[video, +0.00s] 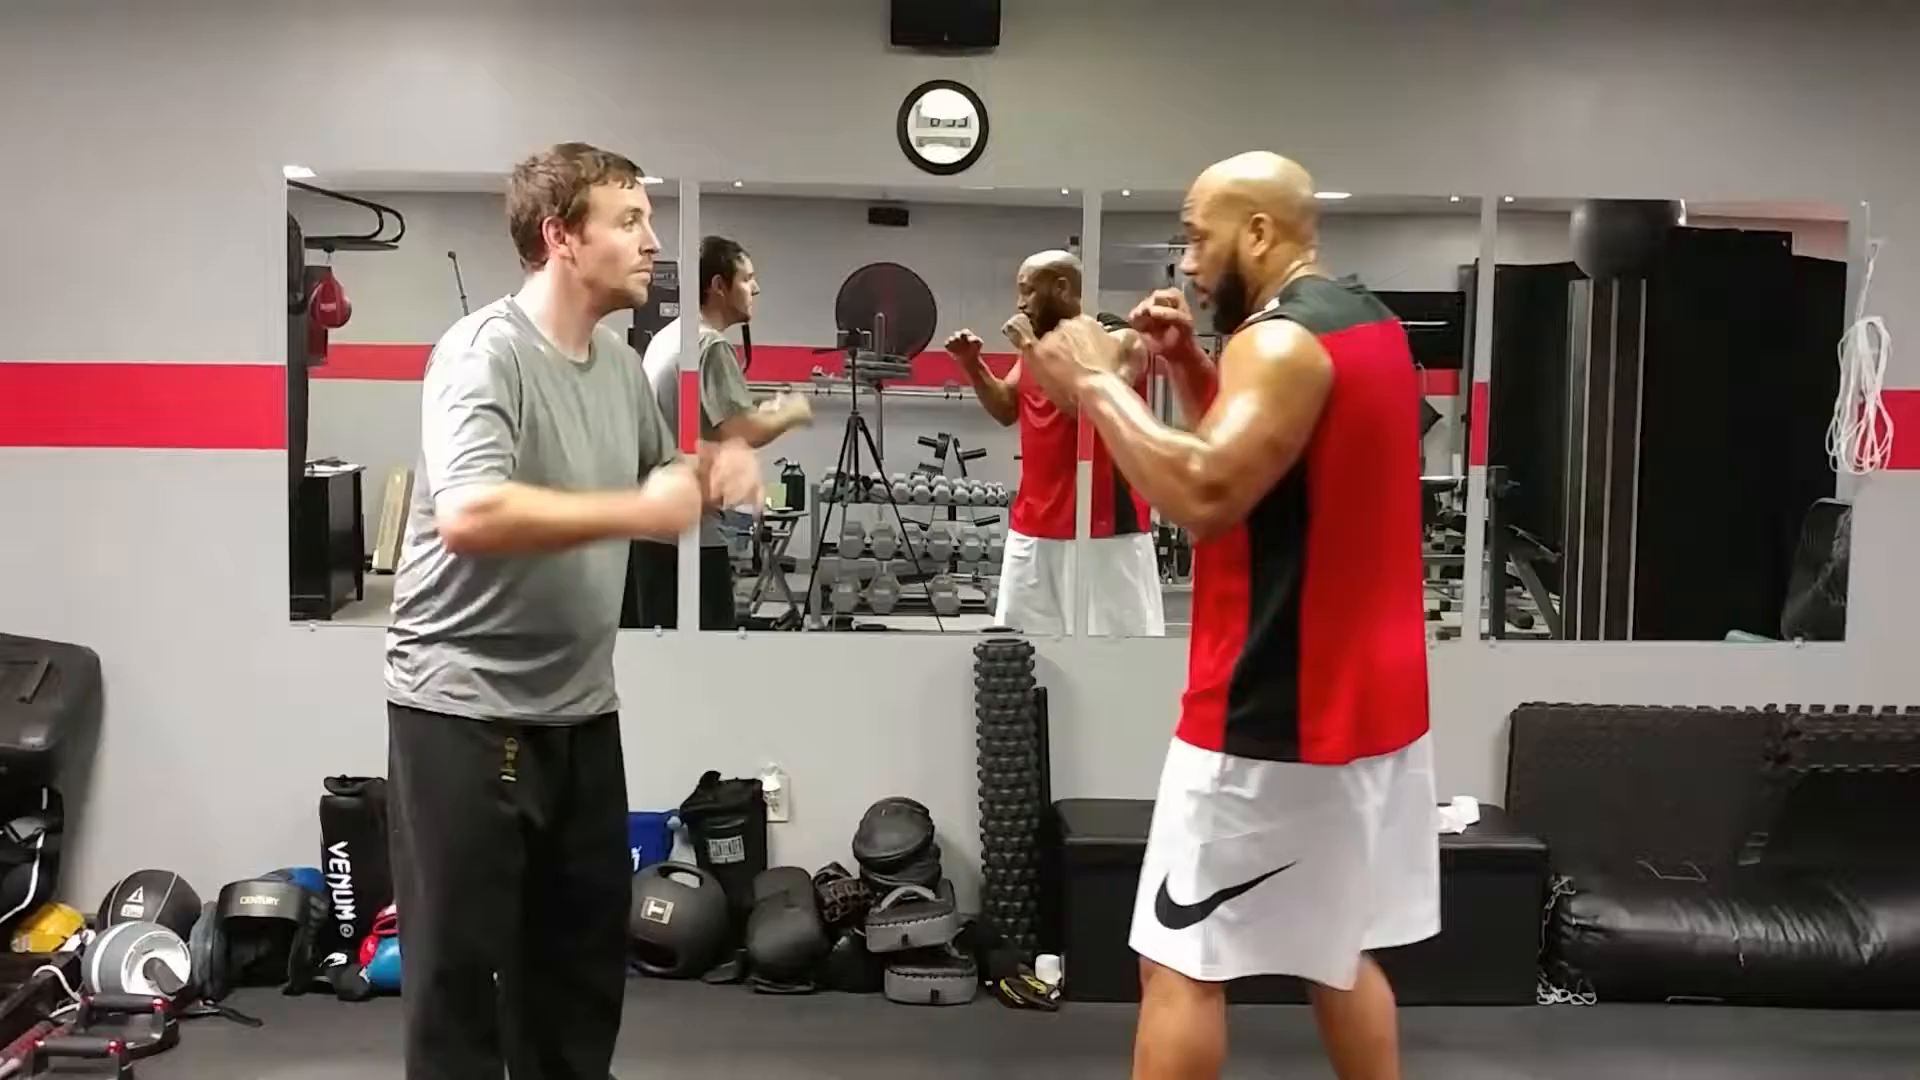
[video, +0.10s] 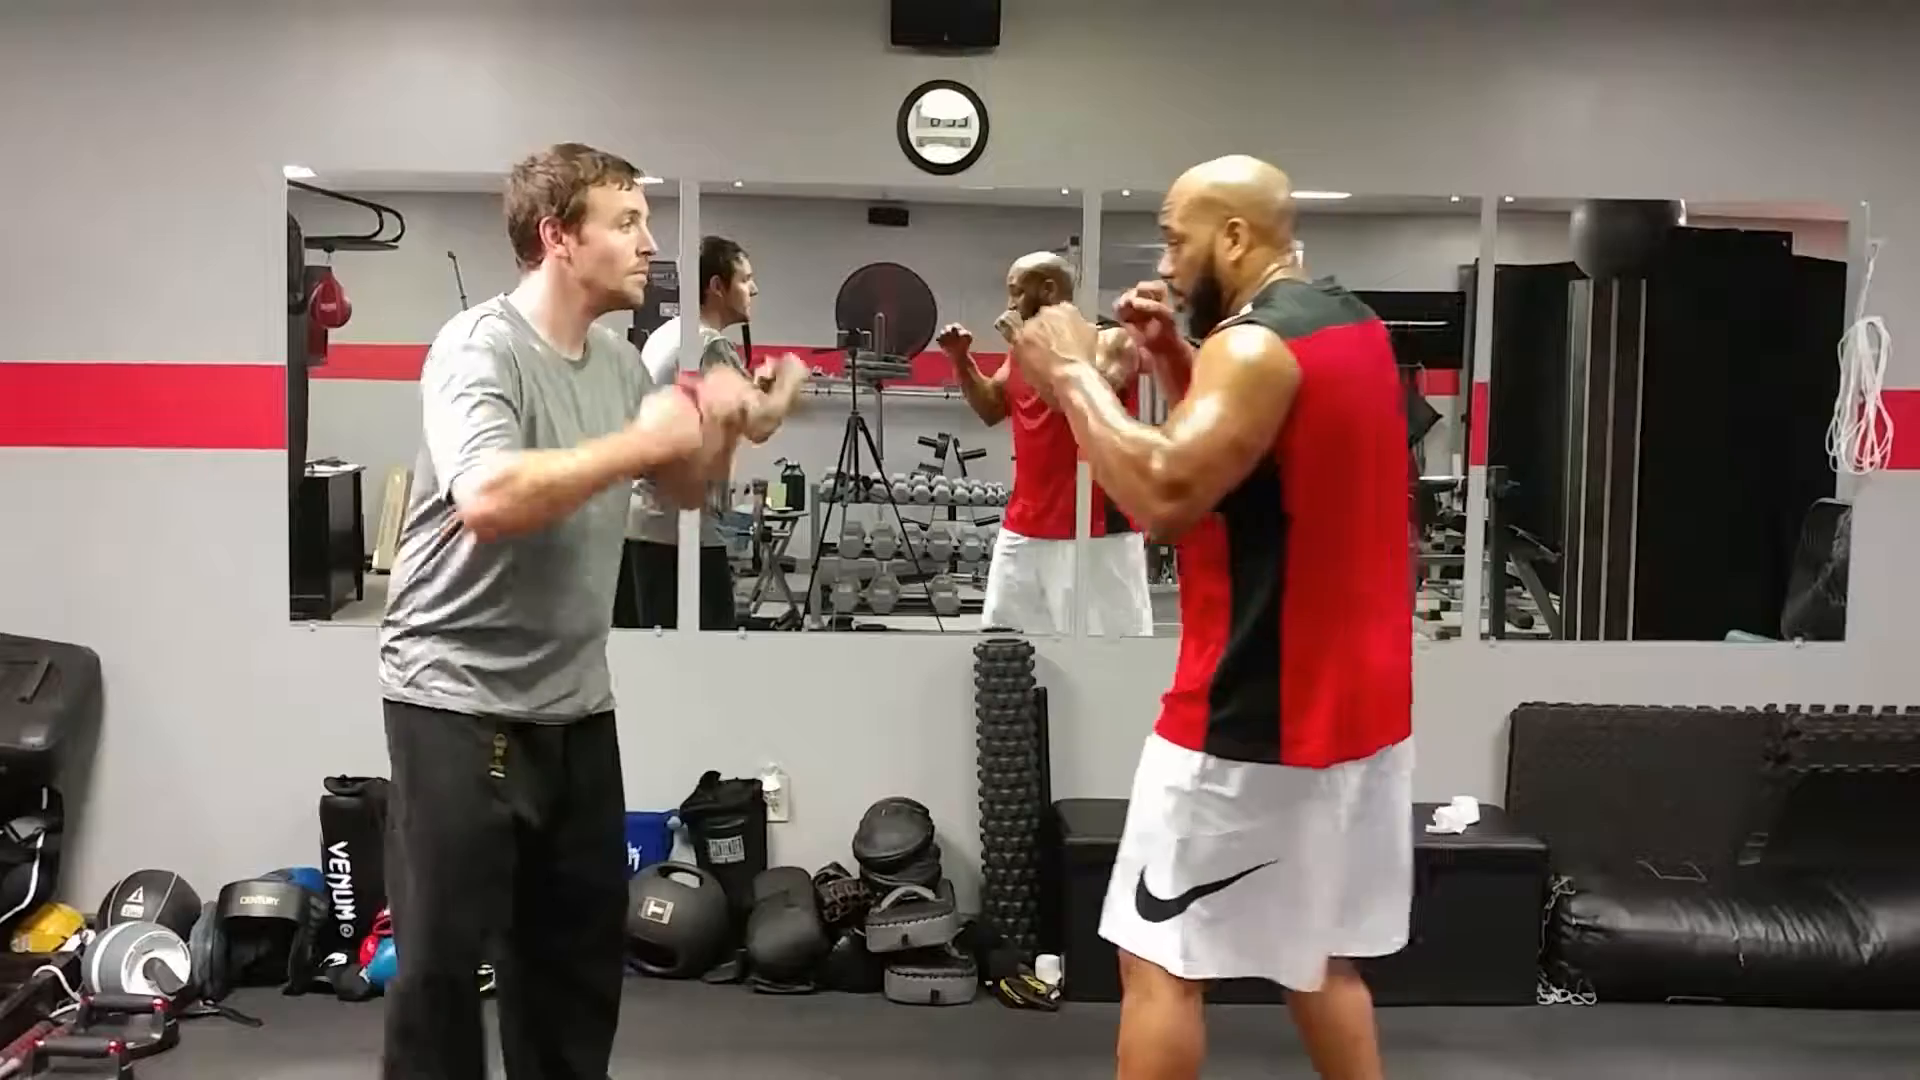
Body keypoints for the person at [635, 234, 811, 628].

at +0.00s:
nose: (755, 290)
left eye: (754, 280)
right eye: (748, 279)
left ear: (715, 287)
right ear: (717, 286)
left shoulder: (670, 336)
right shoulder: (710, 346)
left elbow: (707, 420)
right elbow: (741, 432)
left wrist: (762, 409)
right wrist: (788, 415)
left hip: (652, 524)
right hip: (692, 532)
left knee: (655, 650)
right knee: (712, 650)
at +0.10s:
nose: (754, 290)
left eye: (752, 279)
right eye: (746, 280)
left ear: (713, 288)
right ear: (715, 287)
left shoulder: (664, 337)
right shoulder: (712, 350)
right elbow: (758, 426)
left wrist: (755, 388)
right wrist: (787, 383)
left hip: (644, 530)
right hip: (689, 534)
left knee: (651, 654)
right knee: (712, 652)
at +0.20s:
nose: (745, 289)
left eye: (743, 279)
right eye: (737, 279)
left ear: (710, 288)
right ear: (710, 288)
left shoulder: (666, 340)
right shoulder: (699, 343)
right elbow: (769, 409)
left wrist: (749, 356)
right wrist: (775, 339)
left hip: (640, 521)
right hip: (680, 526)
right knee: (710, 643)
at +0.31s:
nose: (733, 292)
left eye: (731, 283)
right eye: (725, 283)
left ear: (689, 290)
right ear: (697, 290)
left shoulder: (645, 337)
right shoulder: (691, 345)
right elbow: (763, 403)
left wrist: (729, 342)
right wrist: (762, 333)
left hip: (626, 520)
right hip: (673, 526)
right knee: (702, 641)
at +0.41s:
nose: (721, 295)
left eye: (719, 285)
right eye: (712, 286)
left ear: (668, 294)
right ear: (685, 294)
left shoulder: (630, 343)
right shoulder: (677, 352)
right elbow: (746, 407)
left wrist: (712, 346)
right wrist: (756, 344)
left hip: (604, 529)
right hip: (660, 538)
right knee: (706, 645)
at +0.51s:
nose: (715, 295)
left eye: (713, 286)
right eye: (707, 287)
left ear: (666, 296)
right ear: (674, 296)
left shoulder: (623, 342)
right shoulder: (673, 348)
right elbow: (740, 404)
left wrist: (708, 342)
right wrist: (758, 349)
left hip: (604, 533)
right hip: (663, 538)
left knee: (610, 651)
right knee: (718, 640)